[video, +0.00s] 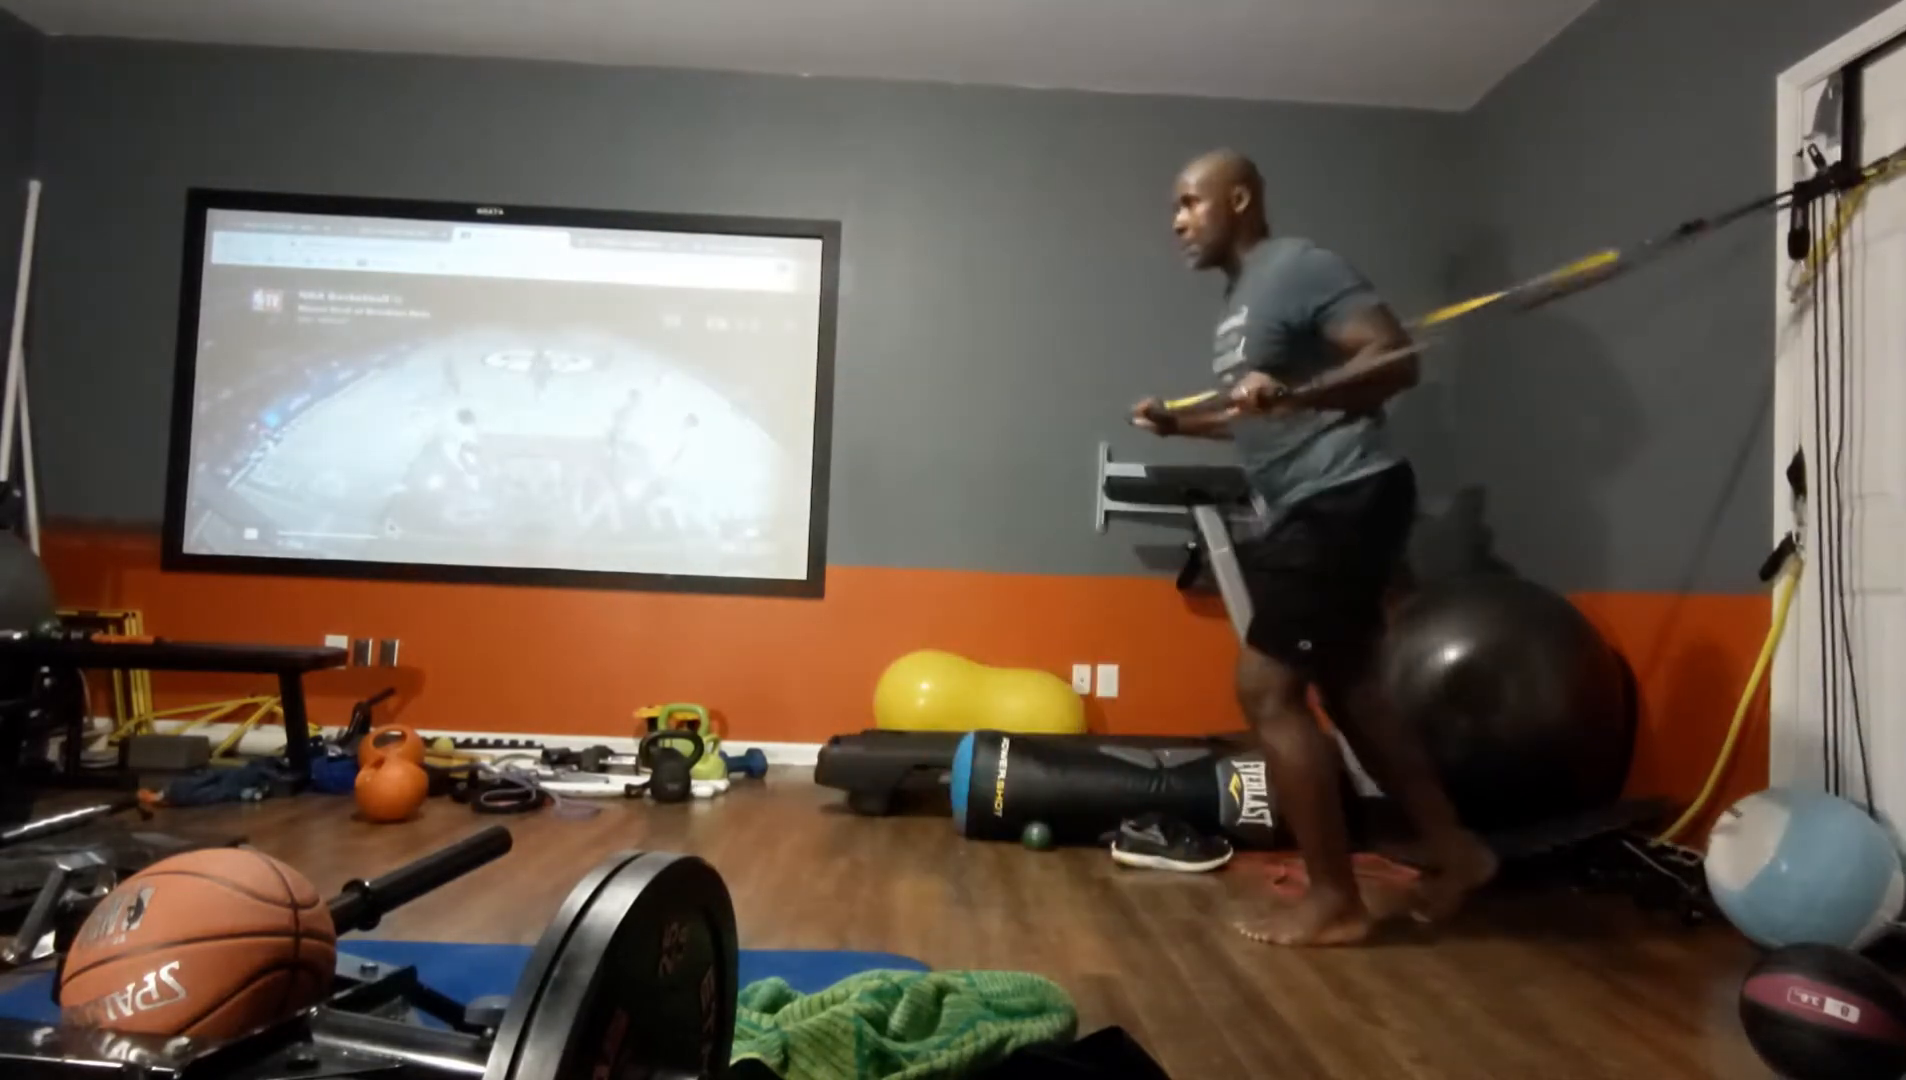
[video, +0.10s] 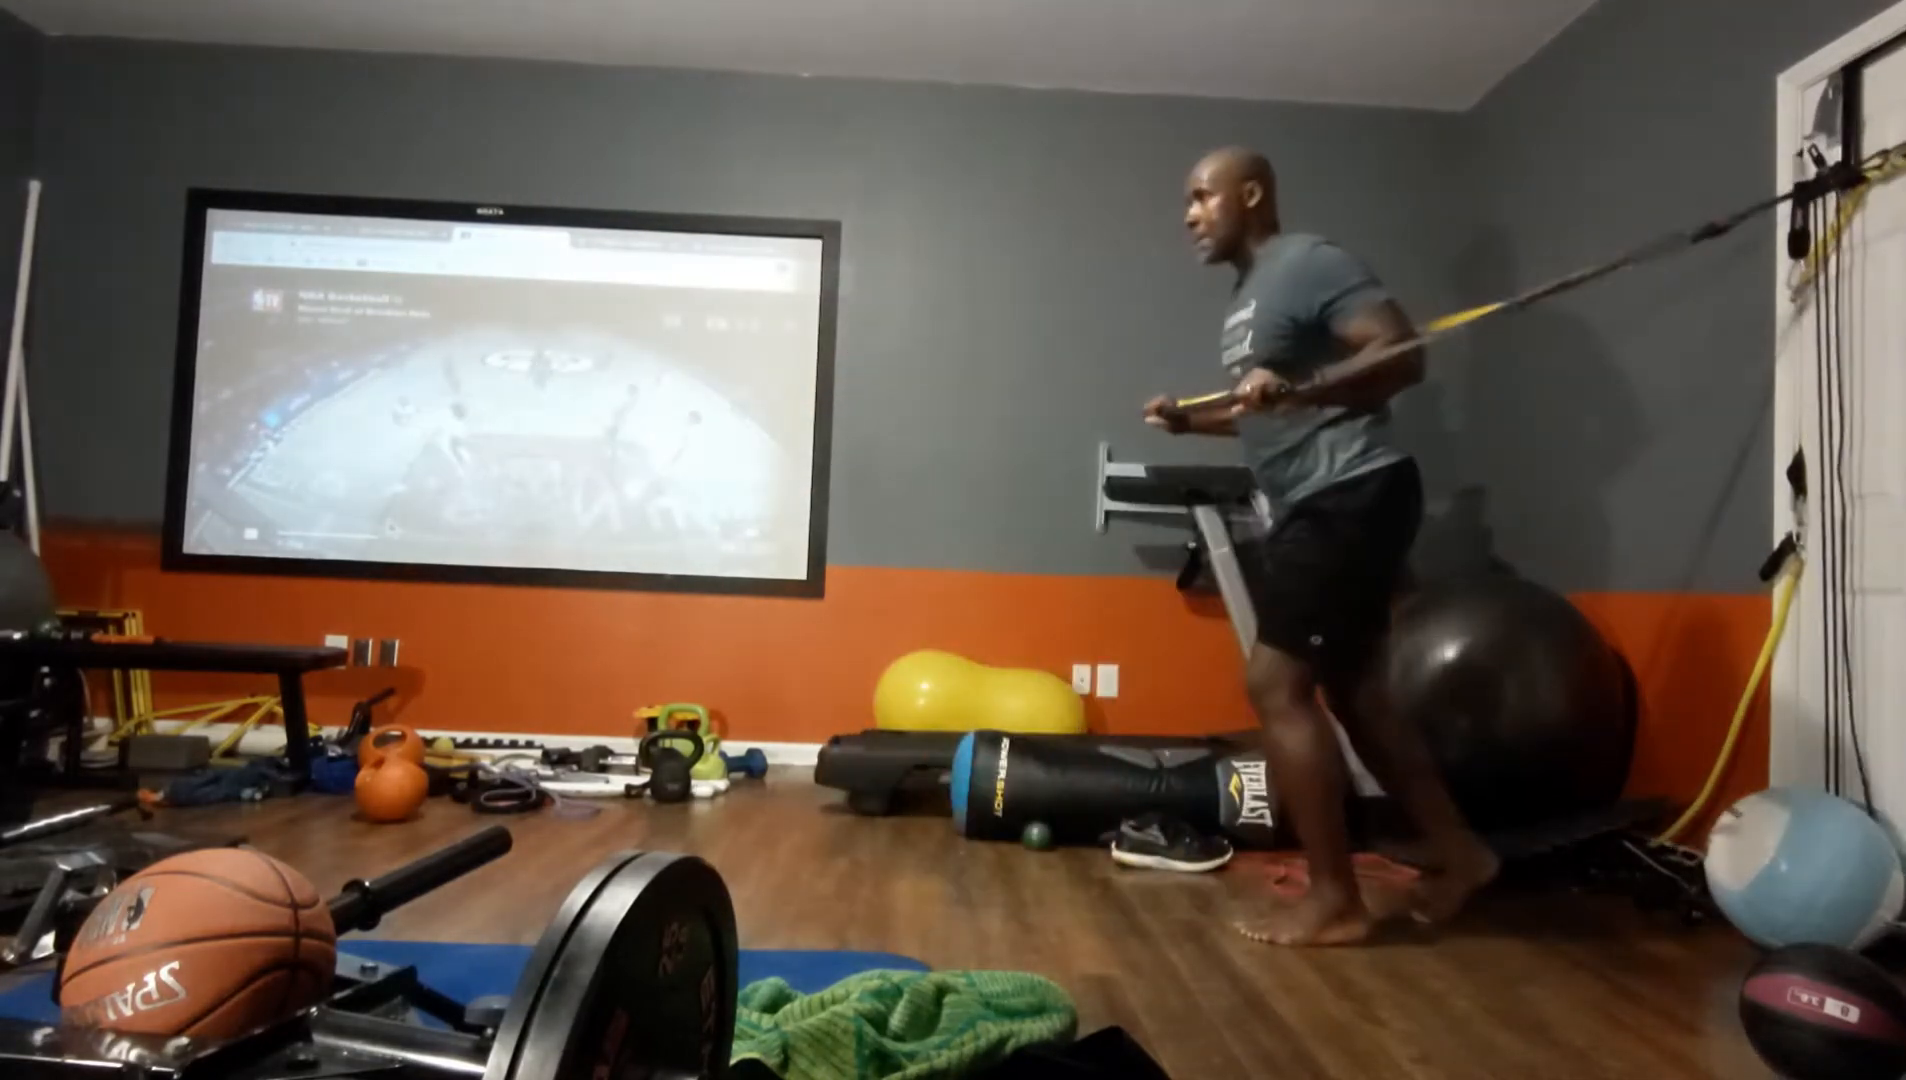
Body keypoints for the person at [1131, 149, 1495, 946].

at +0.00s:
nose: (1177, 221)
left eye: (1189, 203)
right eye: (1175, 208)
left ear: (1243, 201)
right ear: (1218, 213)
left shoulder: (1299, 266)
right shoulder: (1239, 303)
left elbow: (1395, 359)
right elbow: (1265, 416)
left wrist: (1293, 394)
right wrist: (1179, 421)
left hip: (1348, 498)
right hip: (1311, 506)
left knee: (1267, 689)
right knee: (1352, 689)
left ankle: (1331, 901)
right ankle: (1454, 853)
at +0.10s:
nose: (1190, 215)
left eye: (1202, 196)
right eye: (1188, 202)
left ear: (1254, 196)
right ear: (1229, 207)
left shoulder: (1308, 261)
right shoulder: (1247, 298)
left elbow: (1401, 353)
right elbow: (1274, 408)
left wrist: (1298, 389)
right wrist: (1191, 417)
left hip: (1355, 493)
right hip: (1320, 502)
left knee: (1274, 681)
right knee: (1353, 687)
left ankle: (1332, 900)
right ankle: (1459, 855)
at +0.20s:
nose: (1193, 212)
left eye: (1205, 194)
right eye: (1191, 200)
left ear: (1257, 194)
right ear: (1239, 204)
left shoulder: (1311, 258)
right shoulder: (1246, 299)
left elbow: (1402, 349)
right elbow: (1271, 404)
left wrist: (1301, 381)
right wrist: (1194, 413)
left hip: (1355, 491)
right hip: (1317, 500)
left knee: (1275, 678)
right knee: (1356, 685)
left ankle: (1332, 898)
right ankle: (1460, 856)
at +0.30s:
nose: (1183, 219)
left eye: (1195, 201)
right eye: (1181, 206)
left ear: (1248, 201)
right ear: (1223, 212)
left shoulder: (1304, 263)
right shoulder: (1239, 304)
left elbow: (1395, 352)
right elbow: (1268, 408)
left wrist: (1295, 384)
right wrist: (1192, 416)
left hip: (1348, 497)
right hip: (1312, 504)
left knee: (1263, 680)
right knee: (1356, 691)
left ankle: (1333, 897)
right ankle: (1461, 857)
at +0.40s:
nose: (1158, 232)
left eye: (1170, 214)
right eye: (1155, 219)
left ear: (1221, 208)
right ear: (1203, 216)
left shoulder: (1278, 271)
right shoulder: (1217, 315)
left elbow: (1384, 355)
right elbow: (1257, 416)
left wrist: (1284, 389)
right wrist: (1178, 421)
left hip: (1336, 499)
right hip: (1299, 508)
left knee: (1243, 680)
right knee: (1352, 692)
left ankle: (1331, 893)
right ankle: (1462, 856)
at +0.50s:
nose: (1118, 247)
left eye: (1127, 227)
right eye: (1115, 233)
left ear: (1179, 216)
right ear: (1162, 227)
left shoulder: (1240, 274)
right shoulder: (1184, 315)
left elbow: (1356, 352)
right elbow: (1225, 413)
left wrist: (1265, 386)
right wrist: (1160, 420)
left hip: (1306, 503)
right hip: (1282, 510)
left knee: (1221, 690)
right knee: (1342, 694)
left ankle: (1327, 890)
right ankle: (1462, 855)